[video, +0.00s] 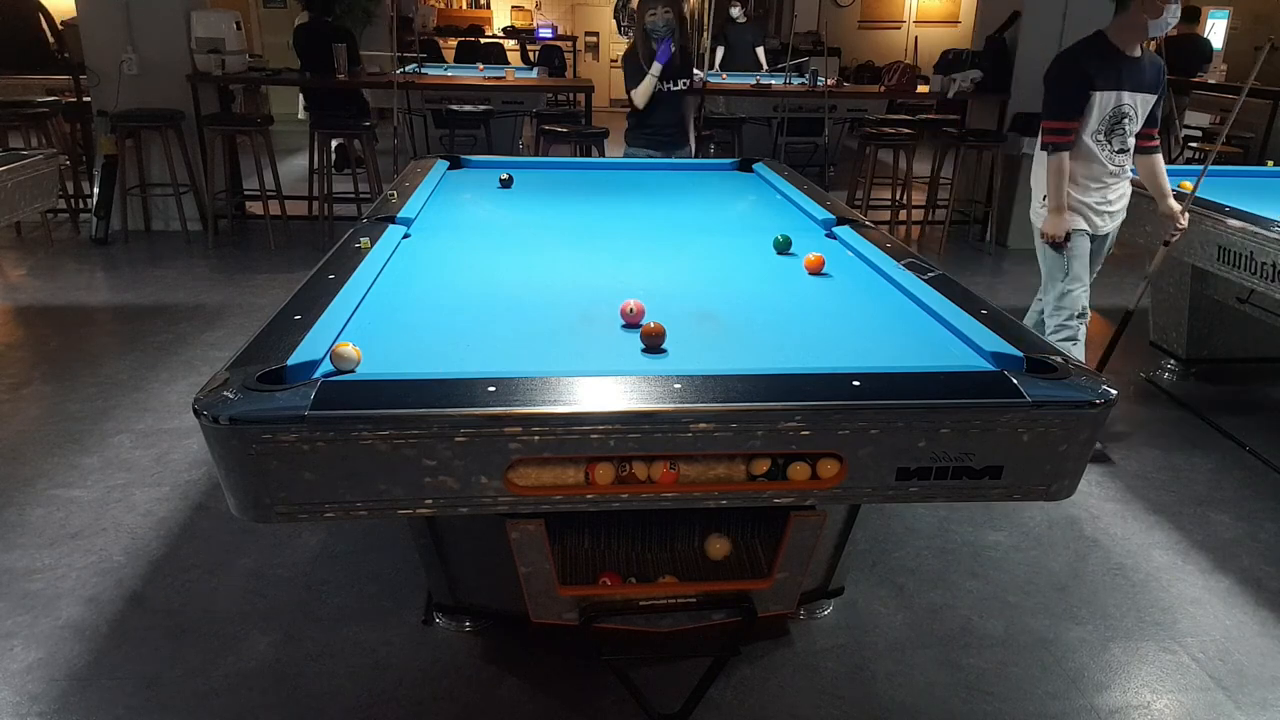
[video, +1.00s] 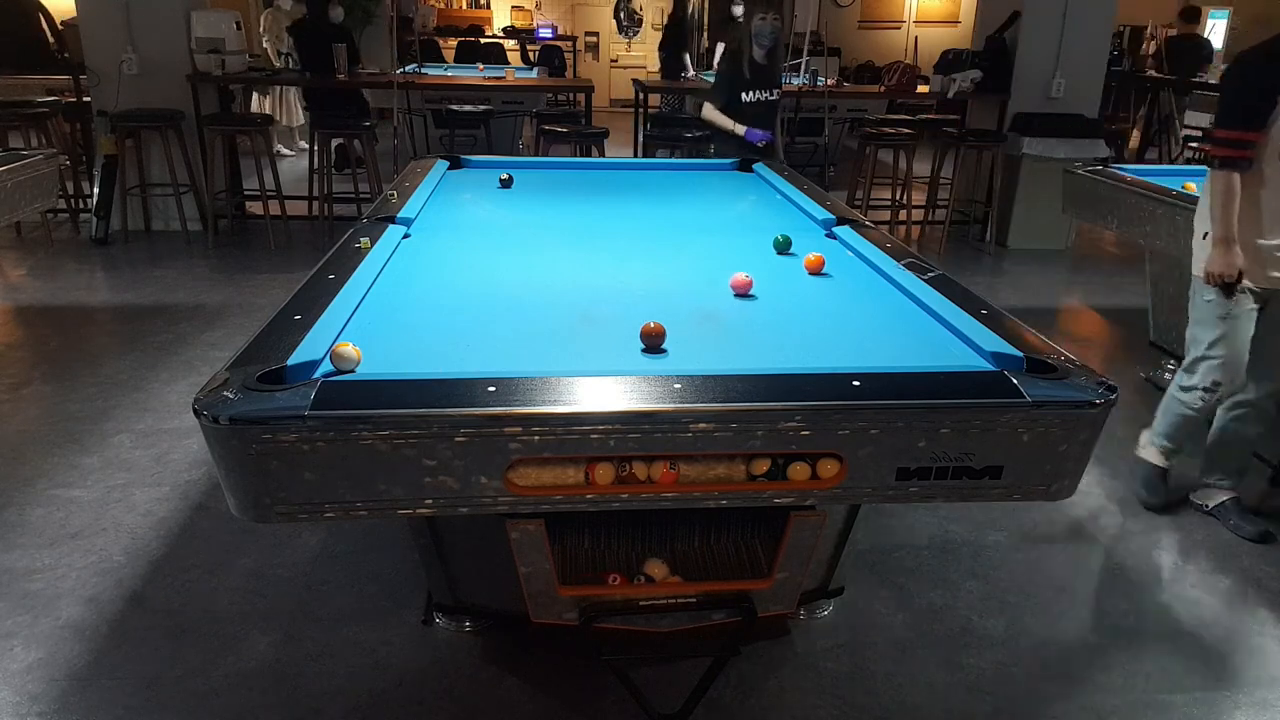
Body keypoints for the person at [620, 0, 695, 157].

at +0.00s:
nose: (661, 19)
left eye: (666, 12)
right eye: (652, 14)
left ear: (676, 16)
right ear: (642, 20)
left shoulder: (683, 53)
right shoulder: (633, 55)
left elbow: (687, 100)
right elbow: (639, 101)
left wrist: (691, 141)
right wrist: (659, 62)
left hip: (678, 147)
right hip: (642, 148)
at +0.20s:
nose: (674, 19)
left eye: (679, 12)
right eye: (665, 13)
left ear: (687, 16)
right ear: (654, 19)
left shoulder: (693, 56)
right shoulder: (645, 54)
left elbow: (694, 104)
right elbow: (650, 98)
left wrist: (700, 144)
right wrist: (669, 57)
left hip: (687, 150)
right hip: (652, 150)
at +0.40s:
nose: (699, 21)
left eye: (704, 13)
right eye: (690, 14)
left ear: (711, 18)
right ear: (678, 21)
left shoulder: (712, 61)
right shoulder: (667, 56)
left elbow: (713, 108)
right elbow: (674, 98)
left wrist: (716, 147)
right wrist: (695, 59)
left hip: (704, 148)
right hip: (671, 149)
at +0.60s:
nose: (727, 20)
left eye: (733, 13)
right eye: (719, 13)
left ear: (740, 19)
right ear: (706, 19)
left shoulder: (737, 58)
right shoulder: (694, 56)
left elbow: (737, 109)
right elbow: (699, 102)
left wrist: (742, 149)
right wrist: (726, 68)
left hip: (729, 148)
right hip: (698, 148)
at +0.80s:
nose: (750, 22)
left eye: (756, 15)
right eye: (742, 14)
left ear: (762, 23)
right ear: (730, 21)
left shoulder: (757, 62)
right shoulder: (715, 58)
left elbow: (760, 112)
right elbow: (699, 109)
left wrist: (765, 153)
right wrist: (742, 107)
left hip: (750, 149)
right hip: (717, 150)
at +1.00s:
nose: (770, 26)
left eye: (775, 19)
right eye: (762, 19)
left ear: (782, 25)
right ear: (749, 25)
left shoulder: (773, 66)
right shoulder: (733, 62)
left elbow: (774, 117)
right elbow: (707, 111)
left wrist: (779, 158)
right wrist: (744, 131)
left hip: (766, 159)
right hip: (732, 159)